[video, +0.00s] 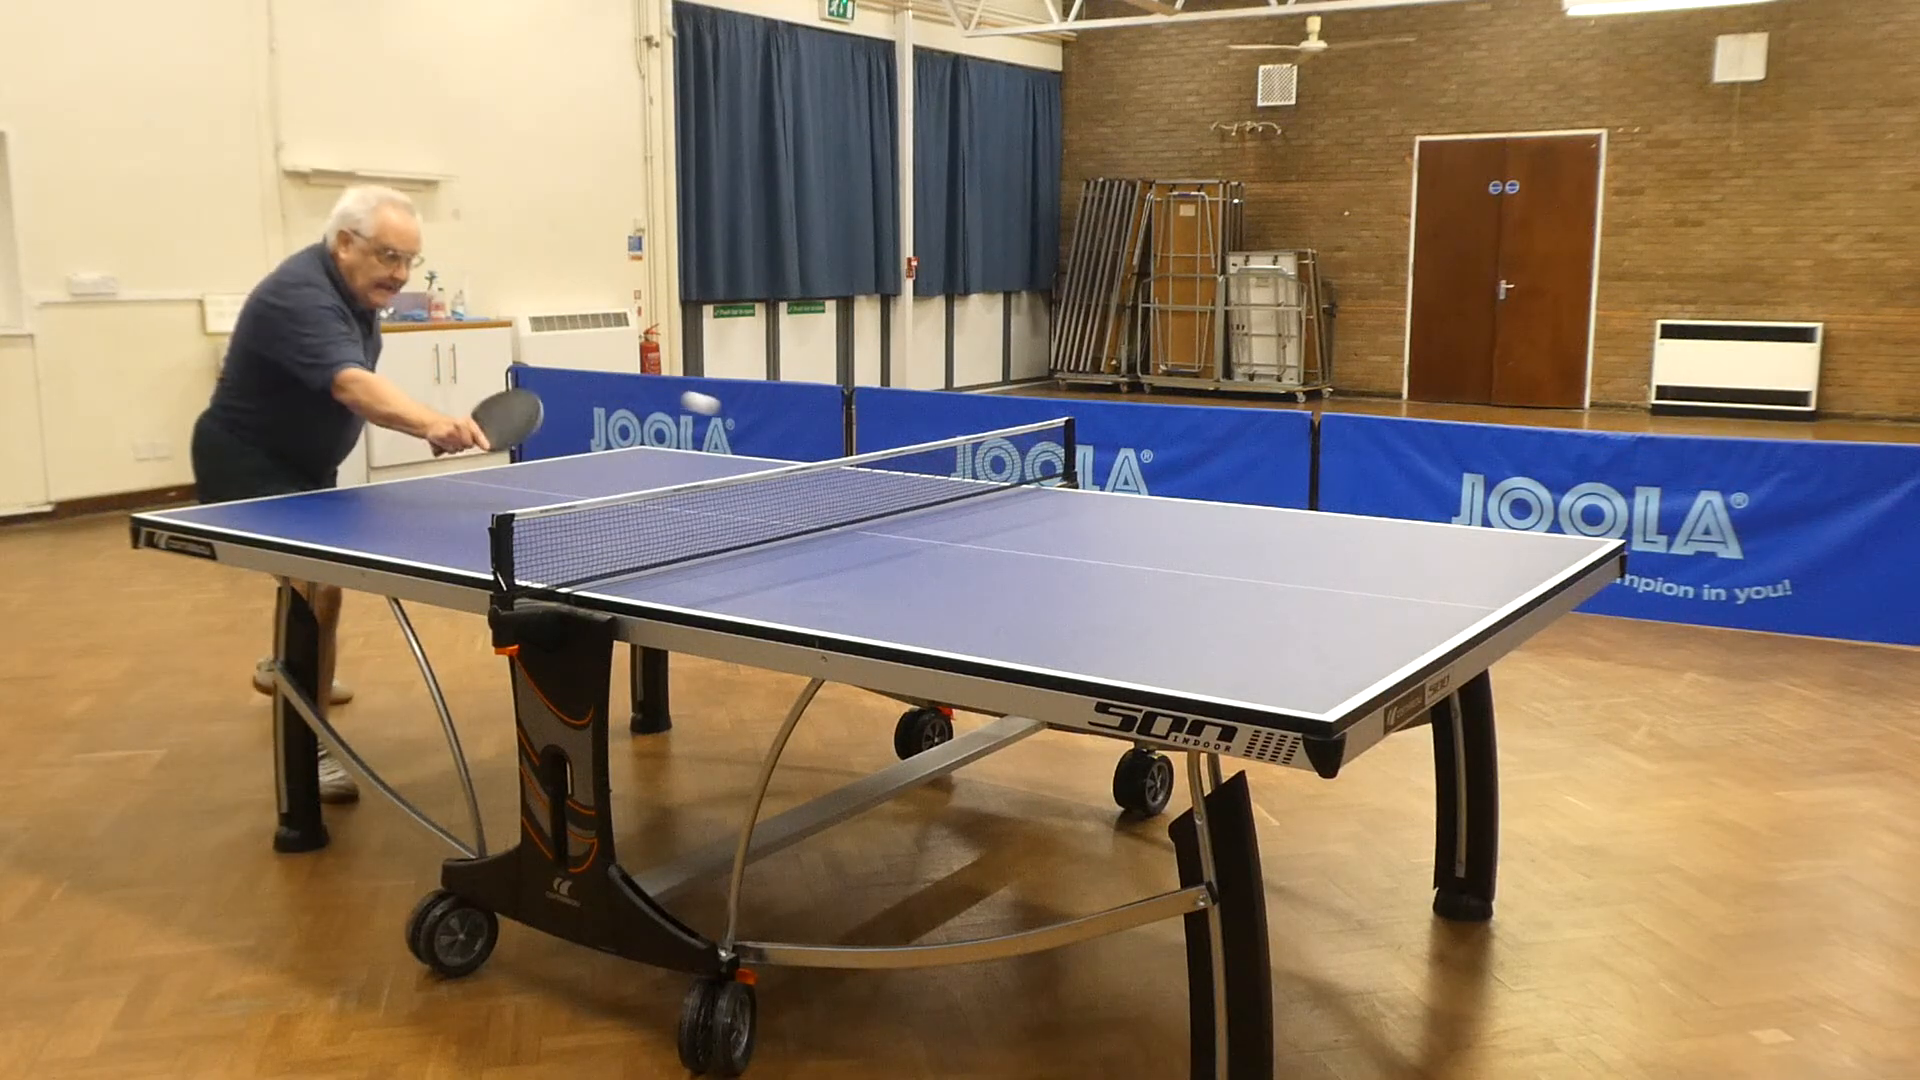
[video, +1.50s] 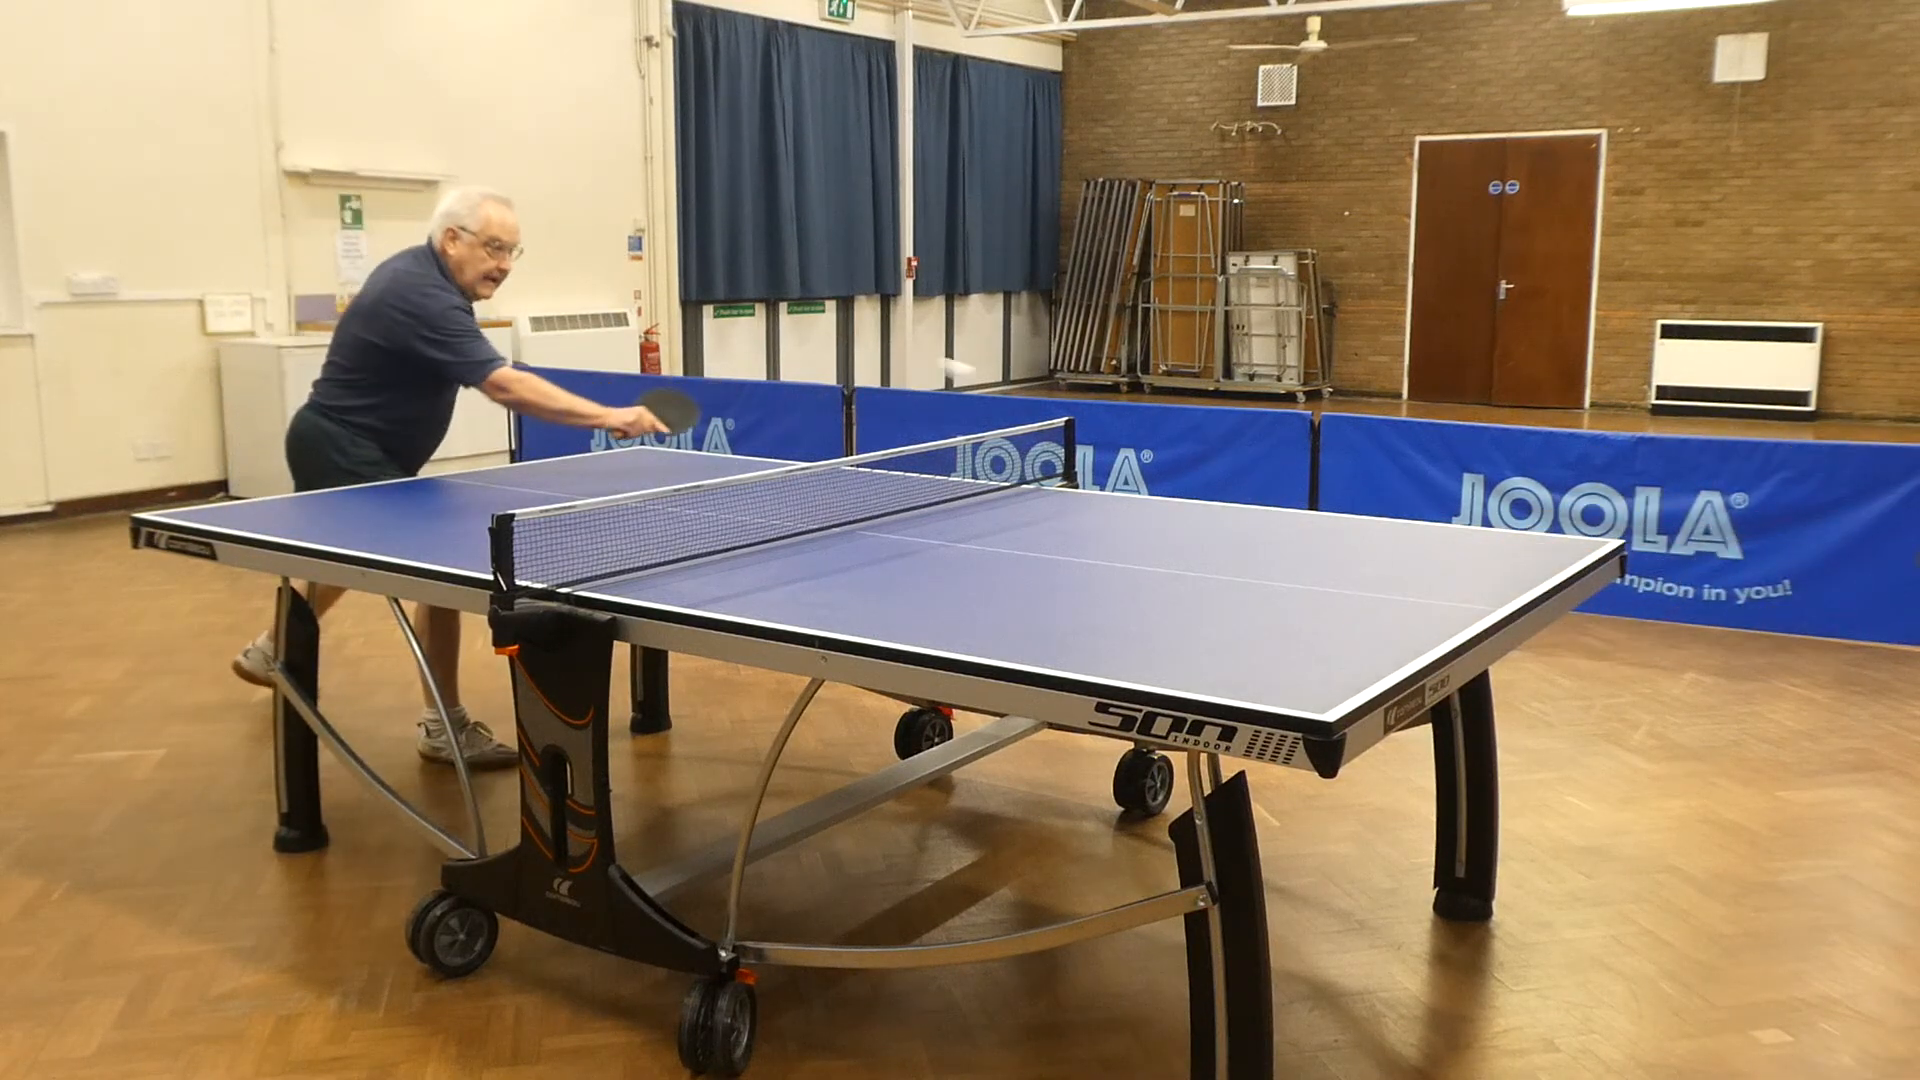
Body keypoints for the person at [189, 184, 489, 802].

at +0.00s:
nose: (400, 275)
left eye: (409, 261)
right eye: (388, 257)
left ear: (414, 256)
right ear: (344, 243)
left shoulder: (352, 292)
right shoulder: (300, 296)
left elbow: (356, 383)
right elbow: (353, 386)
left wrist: (420, 424)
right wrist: (432, 424)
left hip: (304, 461)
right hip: (246, 462)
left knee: (324, 573)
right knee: (321, 587)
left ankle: (293, 667)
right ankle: (312, 749)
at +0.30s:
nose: (389, 253)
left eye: (400, 238)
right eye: (375, 235)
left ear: (408, 238)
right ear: (331, 226)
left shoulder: (371, 281)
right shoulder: (286, 281)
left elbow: (359, 349)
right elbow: (306, 390)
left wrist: (379, 393)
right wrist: (391, 445)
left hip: (310, 451)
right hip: (247, 450)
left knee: (300, 557)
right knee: (308, 592)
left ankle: (254, 655)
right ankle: (307, 747)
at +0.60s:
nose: (364, 248)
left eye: (375, 234)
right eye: (349, 233)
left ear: (384, 234)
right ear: (309, 228)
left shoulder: (371, 285)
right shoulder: (270, 285)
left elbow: (371, 353)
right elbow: (278, 384)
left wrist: (385, 401)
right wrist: (340, 434)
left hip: (327, 460)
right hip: (259, 459)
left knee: (326, 554)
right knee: (308, 569)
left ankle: (274, 650)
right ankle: (312, 752)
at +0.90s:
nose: (379, 255)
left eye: (389, 242)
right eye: (365, 239)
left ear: (396, 240)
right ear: (326, 233)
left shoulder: (376, 284)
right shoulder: (289, 285)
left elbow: (375, 360)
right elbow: (301, 384)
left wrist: (403, 420)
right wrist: (390, 435)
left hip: (348, 450)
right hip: (284, 450)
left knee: (325, 555)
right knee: (350, 561)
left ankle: (277, 657)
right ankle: (326, 705)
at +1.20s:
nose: (471, 278)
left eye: (477, 265)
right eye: (463, 262)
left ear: (423, 254)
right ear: (418, 251)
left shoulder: (403, 286)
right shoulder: (385, 300)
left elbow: (380, 363)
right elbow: (458, 396)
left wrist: (424, 397)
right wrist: (556, 399)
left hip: (340, 452)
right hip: (315, 457)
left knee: (324, 557)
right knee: (410, 574)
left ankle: (271, 653)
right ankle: (437, 720)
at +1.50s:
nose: (504, 266)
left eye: (512, 253)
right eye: (495, 248)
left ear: (452, 242)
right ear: (450, 239)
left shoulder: (421, 271)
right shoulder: (426, 295)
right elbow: (504, 386)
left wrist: (494, 379)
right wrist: (607, 416)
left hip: (339, 441)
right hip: (348, 451)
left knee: (348, 551)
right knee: (445, 570)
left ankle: (273, 649)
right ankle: (446, 723)